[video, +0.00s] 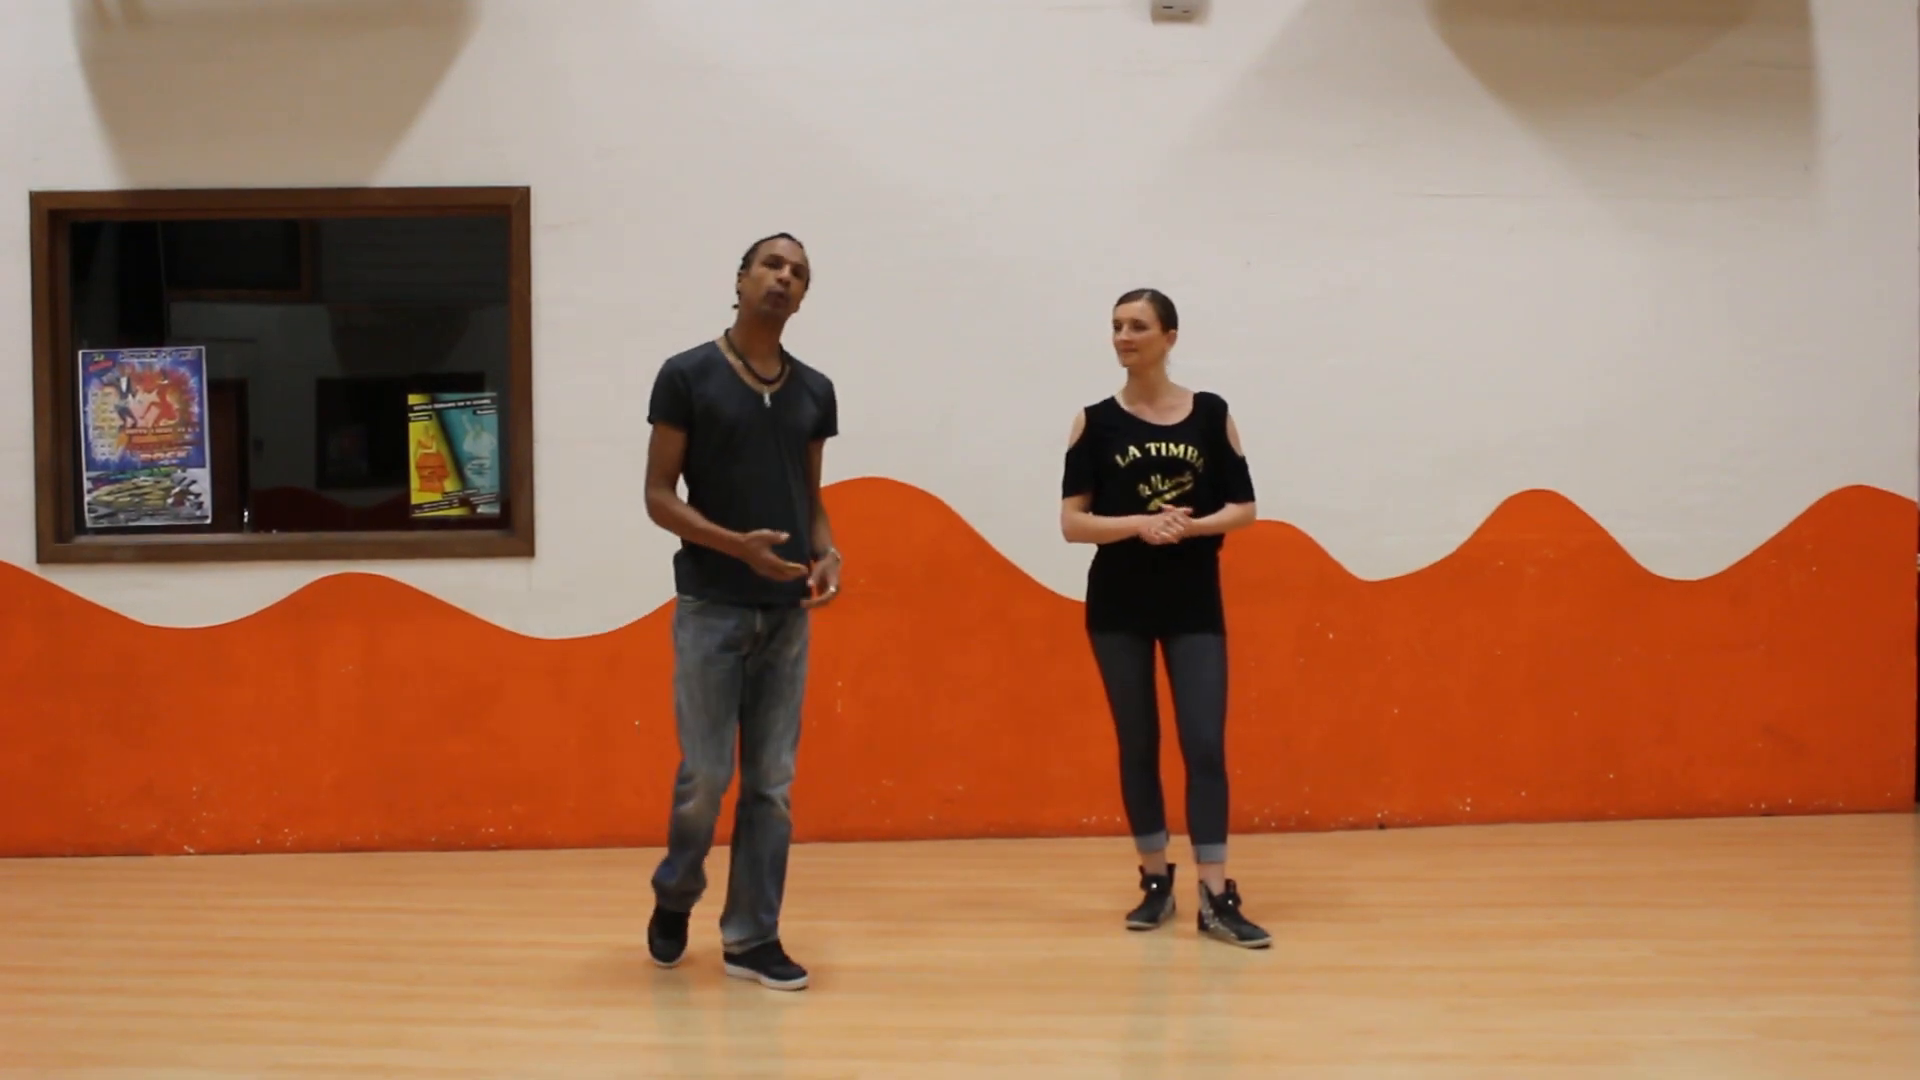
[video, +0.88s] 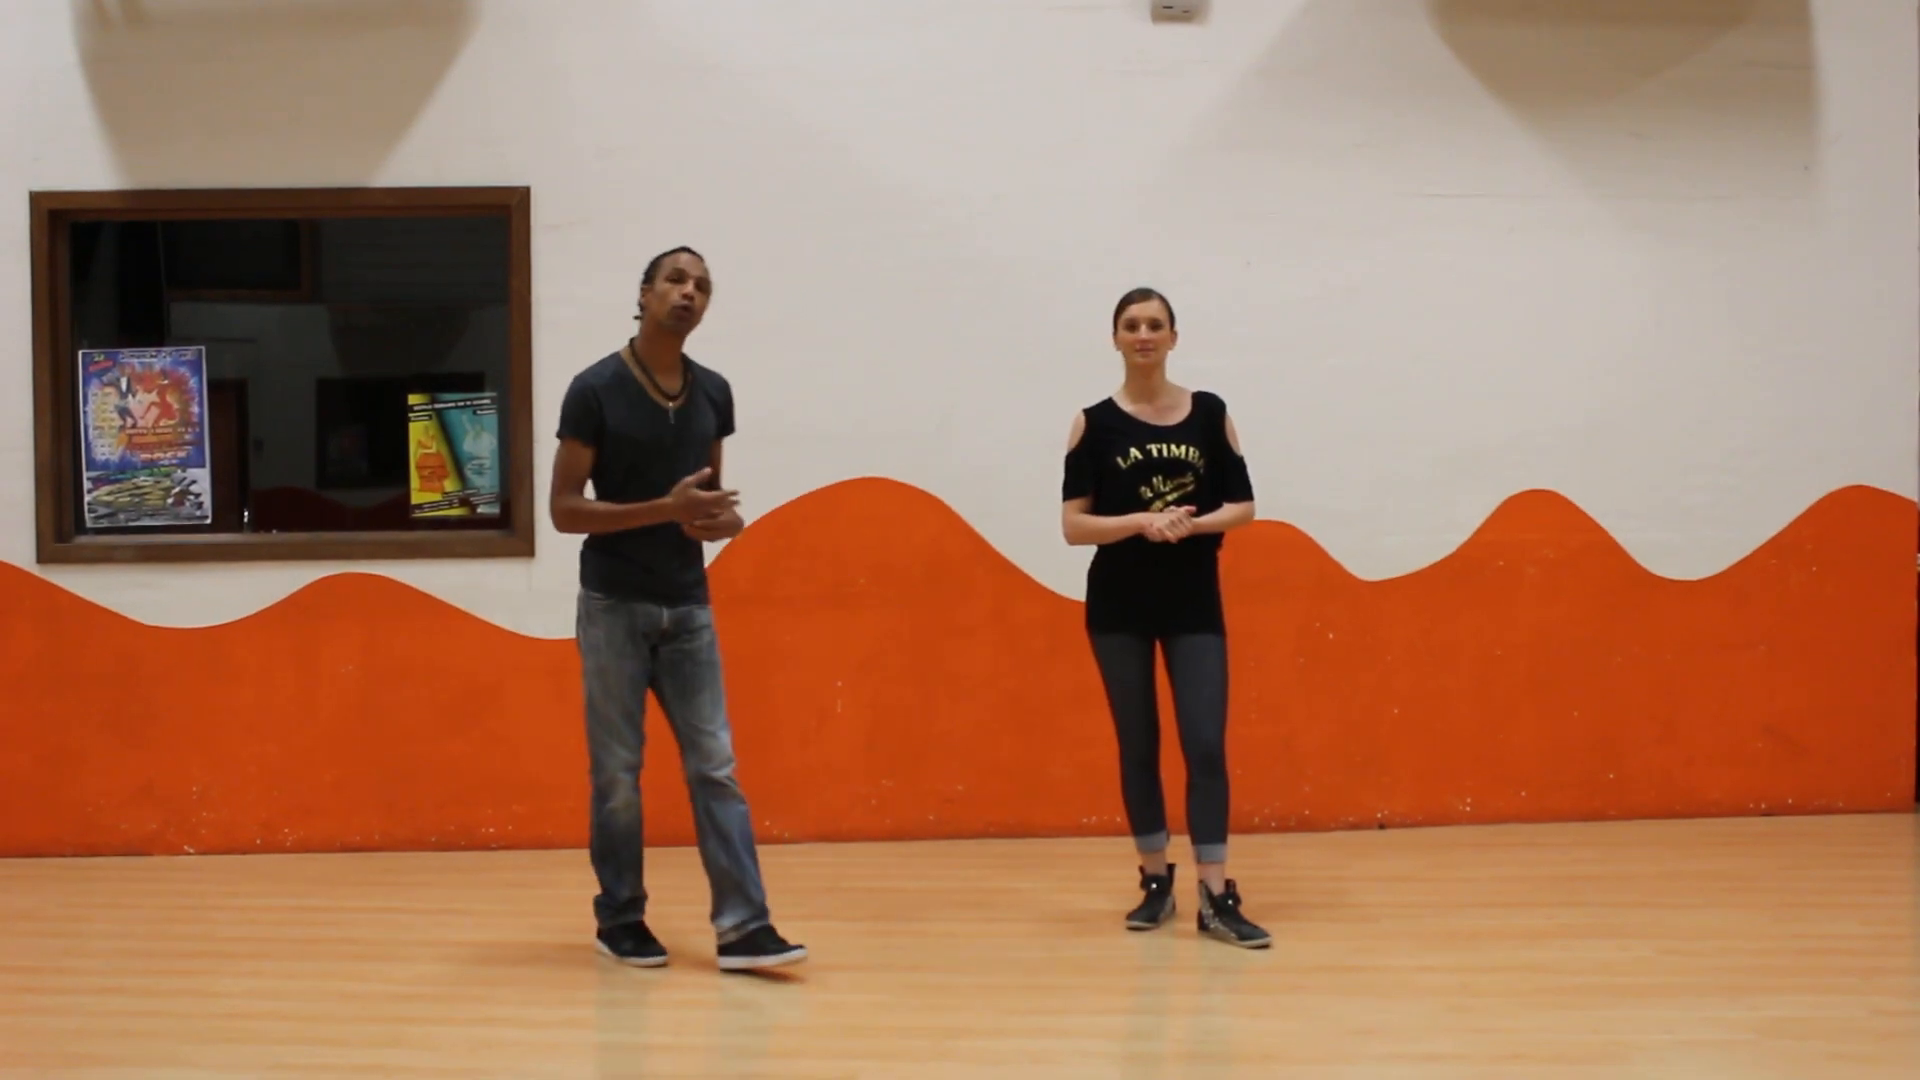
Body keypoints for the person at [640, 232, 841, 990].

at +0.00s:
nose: (786, 278)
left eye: (798, 274)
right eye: (774, 264)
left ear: (803, 299)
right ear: (740, 279)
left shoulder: (813, 390)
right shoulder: (687, 376)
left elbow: (810, 495)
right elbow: (660, 499)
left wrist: (828, 550)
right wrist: (738, 543)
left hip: (786, 611)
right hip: (711, 606)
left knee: (771, 781)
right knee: (708, 774)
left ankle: (753, 938)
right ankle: (676, 895)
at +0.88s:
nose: (687, 292)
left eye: (700, 286)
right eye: (674, 278)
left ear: (706, 309)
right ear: (642, 295)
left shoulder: (713, 394)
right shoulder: (595, 391)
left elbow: (710, 500)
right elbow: (563, 510)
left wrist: (717, 514)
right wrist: (668, 510)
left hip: (686, 603)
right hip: (612, 604)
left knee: (715, 765)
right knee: (617, 770)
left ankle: (743, 929)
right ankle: (621, 921)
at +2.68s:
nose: (723, 307)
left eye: (736, 299)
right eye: (713, 292)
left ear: (746, 314)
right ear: (685, 299)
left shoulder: (744, 392)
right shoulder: (640, 387)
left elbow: (750, 492)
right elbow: (591, 489)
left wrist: (748, 485)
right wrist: (679, 483)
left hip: (718, 592)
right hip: (661, 587)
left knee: (685, 742)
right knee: (686, 747)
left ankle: (638, 877)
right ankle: (690, 906)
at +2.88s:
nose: (731, 304)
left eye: (744, 296)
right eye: (719, 290)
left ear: (752, 311)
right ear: (689, 298)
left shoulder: (746, 389)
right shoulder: (645, 385)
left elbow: (756, 483)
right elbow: (592, 489)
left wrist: (754, 493)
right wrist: (687, 477)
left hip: (727, 593)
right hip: (667, 590)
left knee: (714, 753)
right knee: (686, 754)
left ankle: (647, 867)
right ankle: (690, 909)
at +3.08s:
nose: (737, 310)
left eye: (749, 303)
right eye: (726, 295)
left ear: (756, 318)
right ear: (696, 298)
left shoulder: (746, 393)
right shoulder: (649, 385)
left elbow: (747, 497)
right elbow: (608, 497)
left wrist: (751, 489)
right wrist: (704, 474)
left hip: (729, 596)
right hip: (666, 594)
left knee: (758, 741)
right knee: (681, 753)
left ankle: (672, 853)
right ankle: (690, 912)